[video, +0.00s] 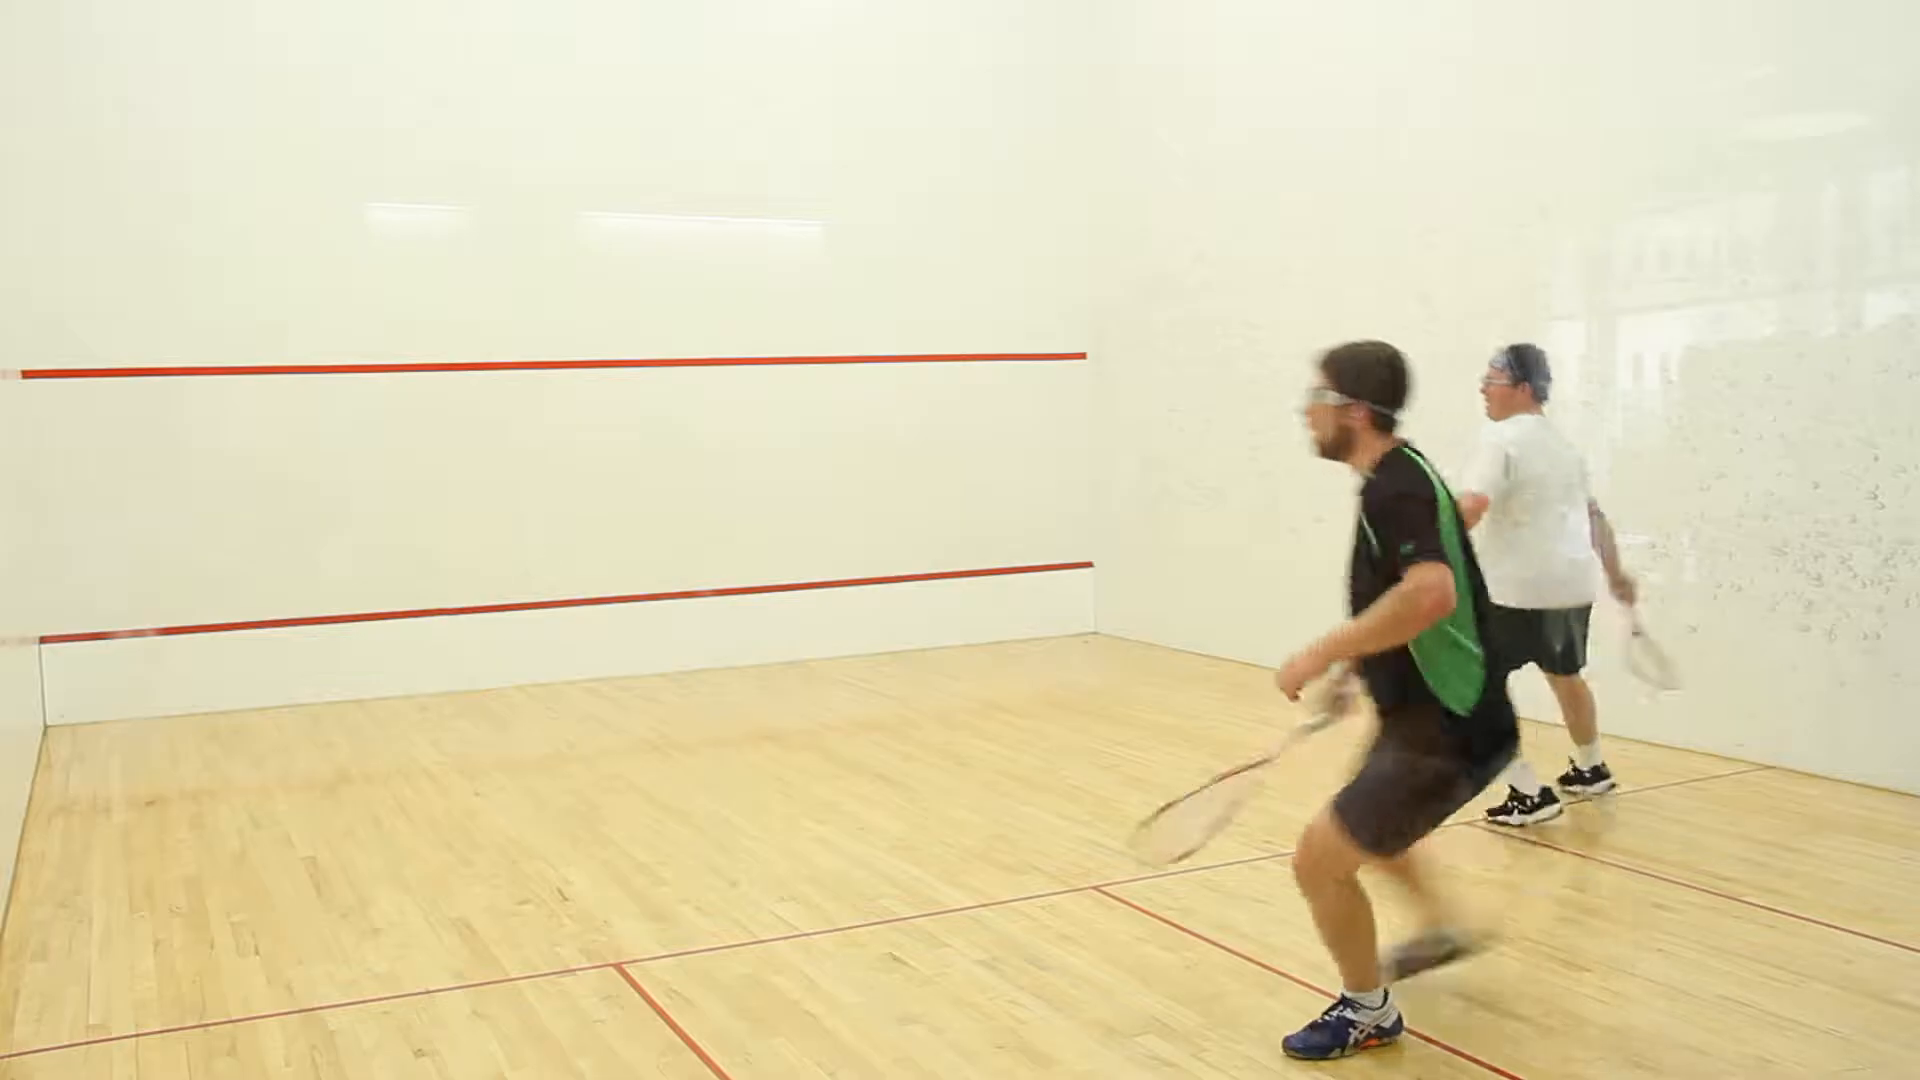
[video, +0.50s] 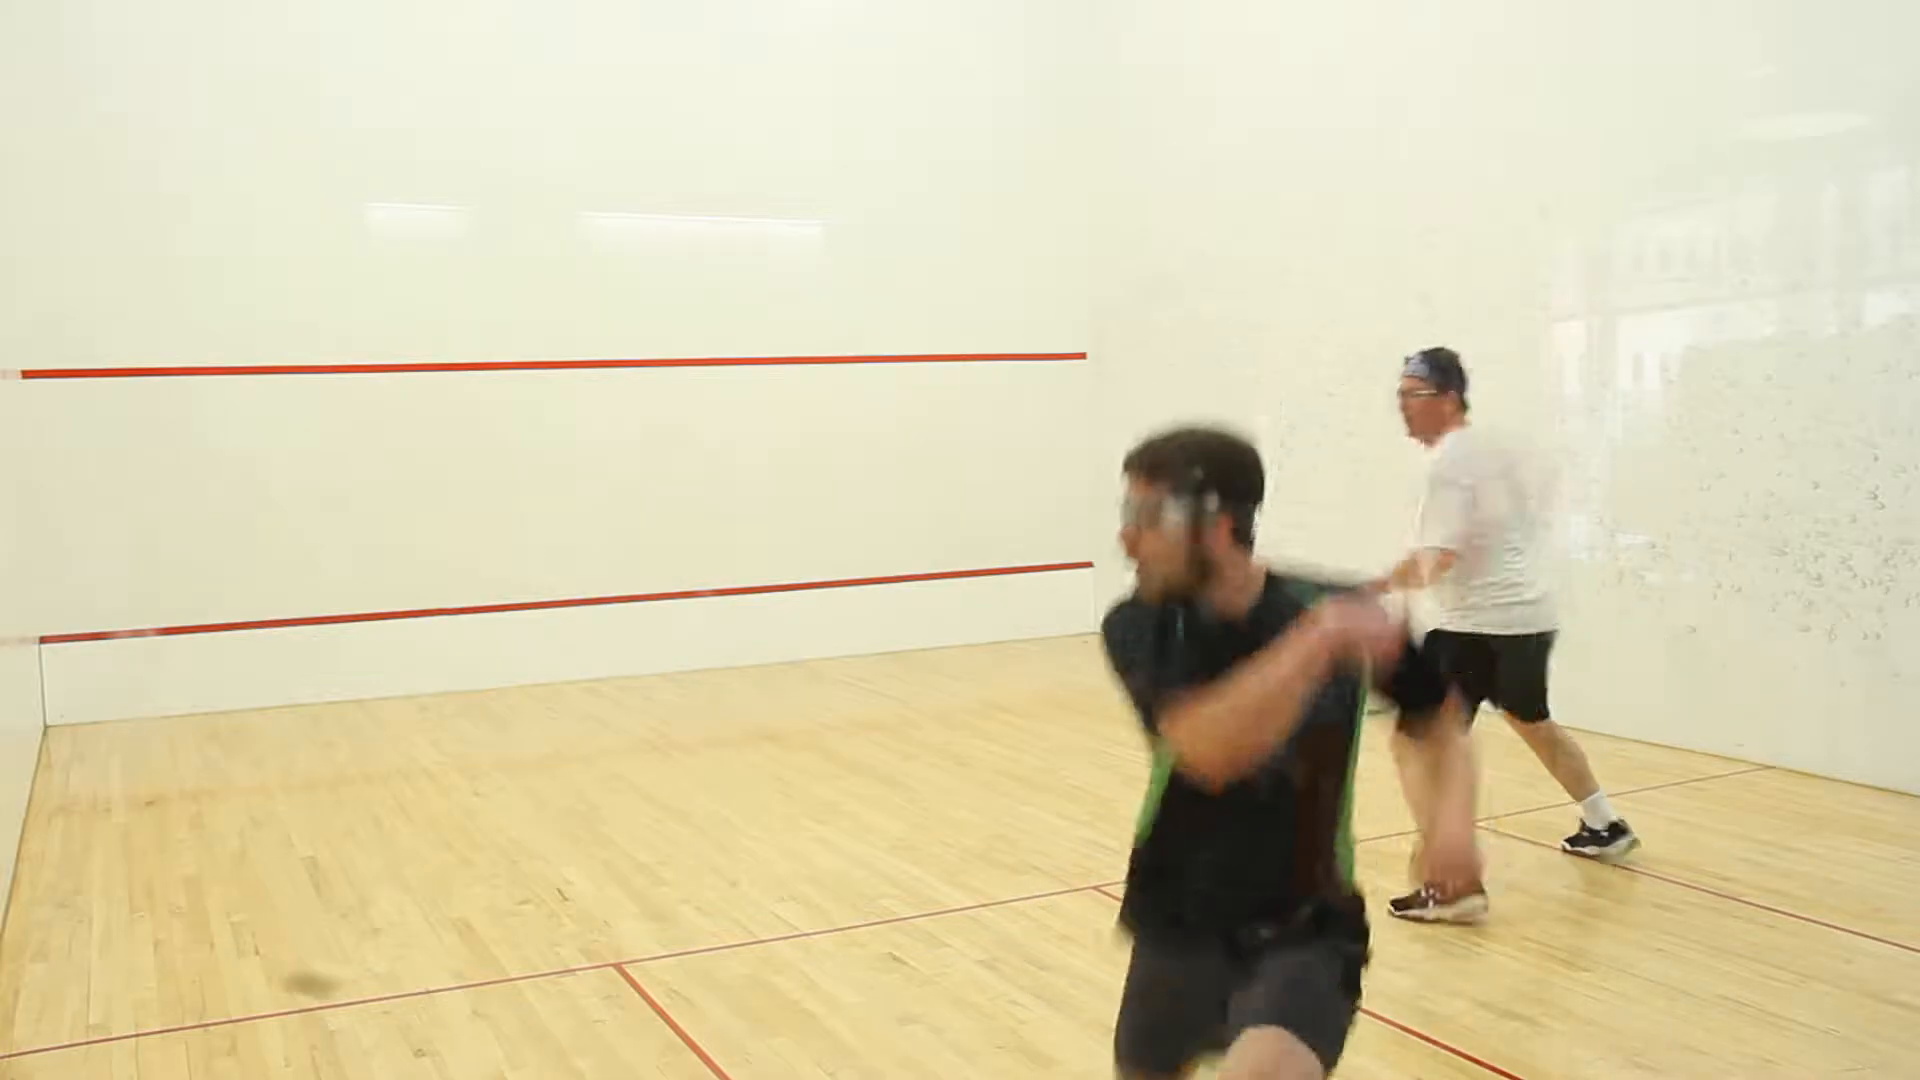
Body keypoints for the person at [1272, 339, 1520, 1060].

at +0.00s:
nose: (1308, 413)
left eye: (1319, 400)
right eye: (1312, 399)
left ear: (1357, 413)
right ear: (1367, 414)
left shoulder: (1398, 482)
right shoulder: (1397, 476)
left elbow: (1432, 591)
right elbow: (1414, 598)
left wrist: (1323, 652)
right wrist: (1359, 665)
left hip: (1452, 729)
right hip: (1423, 713)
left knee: (1319, 860)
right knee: (1369, 820)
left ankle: (1367, 1007)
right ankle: (1442, 927)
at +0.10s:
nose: (1248, 408)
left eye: (1262, 394)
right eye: (1252, 393)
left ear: (1311, 406)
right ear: (1303, 407)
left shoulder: (1377, 471)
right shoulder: (1318, 495)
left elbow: (1427, 594)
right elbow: (1295, 608)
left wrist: (1314, 659)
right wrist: (1234, 685)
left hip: (1432, 734)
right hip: (1363, 717)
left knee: (1291, 870)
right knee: (1270, 855)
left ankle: (1347, 983)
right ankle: (1259, 1000)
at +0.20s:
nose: (1204, 429)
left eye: (1219, 414)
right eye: (1207, 412)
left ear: (1275, 422)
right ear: (1262, 425)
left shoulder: (1369, 500)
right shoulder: (1242, 526)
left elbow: (1443, 627)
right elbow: (1193, 637)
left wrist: (1341, 716)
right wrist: (1131, 733)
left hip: (1398, 740)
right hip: (1302, 730)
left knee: (1265, 895)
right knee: (1224, 900)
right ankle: (1203, 1049)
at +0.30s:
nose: (1173, 447)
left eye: (1190, 431)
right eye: (1176, 428)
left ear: (1253, 441)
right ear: (1237, 444)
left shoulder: (1365, 523)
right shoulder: (1188, 545)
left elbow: (1477, 630)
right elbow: (1158, 662)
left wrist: (1414, 723)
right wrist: (1198, 683)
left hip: (1348, 796)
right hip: (1243, 793)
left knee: (1264, 953)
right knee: (1185, 976)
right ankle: (1207, 1044)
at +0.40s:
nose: (1146, 474)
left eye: (1163, 456)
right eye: (1148, 455)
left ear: (1230, 464)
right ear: (1223, 466)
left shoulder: (1359, 541)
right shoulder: (1162, 560)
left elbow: (1476, 634)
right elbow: (1187, 672)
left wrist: (1464, 720)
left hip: (1324, 847)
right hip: (1211, 834)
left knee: (1253, 1060)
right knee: (1167, 997)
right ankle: (1189, 1029)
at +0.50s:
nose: (1126, 538)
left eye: (1147, 518)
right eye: (1129, 517)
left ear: (1220, 527)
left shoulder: (1336, 615)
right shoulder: (1139, 625)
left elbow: (1434, 709)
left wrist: (1450, 837)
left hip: (1303, 928)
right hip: (1179, 928)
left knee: (1262, 1065)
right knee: (1143, 1067)